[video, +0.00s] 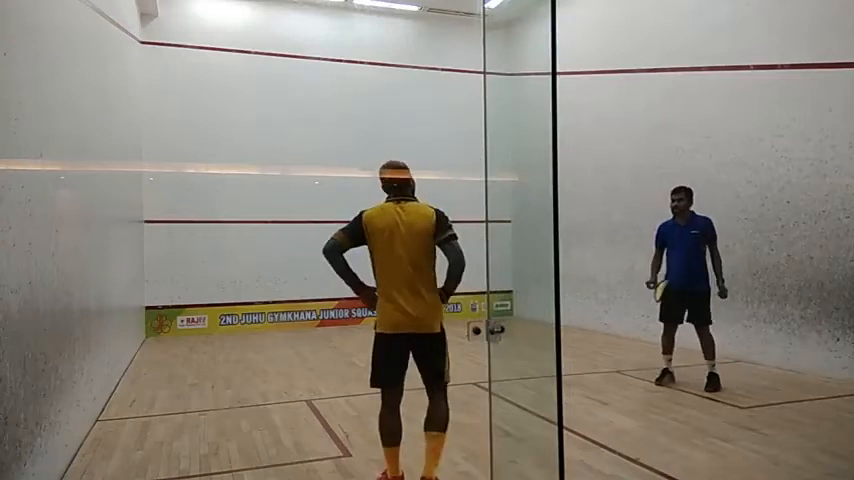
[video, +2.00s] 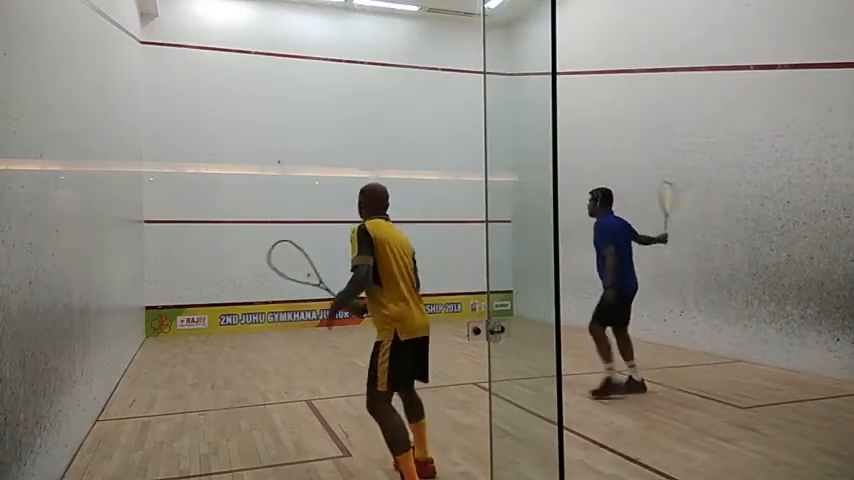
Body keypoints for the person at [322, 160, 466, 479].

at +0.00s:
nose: (407, 187)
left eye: (386, 185)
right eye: (409, 182)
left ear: (383, 187)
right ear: (412, 185)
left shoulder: (369, 218)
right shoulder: (433, 216)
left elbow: (331, 250)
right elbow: (458, 262)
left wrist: (361, 290)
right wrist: (443, 295)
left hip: (389, 325)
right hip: (429, 323)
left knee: (390, 401)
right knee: (437, 395)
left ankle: (393, 472)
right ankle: (430, 474)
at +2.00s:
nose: (357, 208)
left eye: (358, 203)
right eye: (359, 202)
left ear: (362, 205)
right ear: (387, 207)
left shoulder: (364, 230)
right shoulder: (402, 237)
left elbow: (362, 276)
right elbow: (410, 291)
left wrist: (338, 301)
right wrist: (365, 307)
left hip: (394, 331)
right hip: (418, 327)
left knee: (378, 403)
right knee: (407, 388)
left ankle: (410, 474)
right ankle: (422, 458)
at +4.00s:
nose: (385, 193)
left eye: (387, 189)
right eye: (396, 189)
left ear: (387, 192)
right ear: (411, 196)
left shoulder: (368, 225)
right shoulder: (422, 229)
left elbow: (354, 268)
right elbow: (438, 277)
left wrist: (348, 307)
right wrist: (447, 317)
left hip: (378, 318)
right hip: (412, 317)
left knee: (362, 373)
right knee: (417, 376)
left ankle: (359, 440)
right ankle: (418, 444)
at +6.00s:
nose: (531, 207)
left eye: (524, 203)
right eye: (537, 204)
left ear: (519, 204)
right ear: (539, 205)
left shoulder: (509, 230)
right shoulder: (552, 227)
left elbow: (499, 262)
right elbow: (564, 249)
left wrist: (520, 267)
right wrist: (542, 253)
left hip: (520, 299)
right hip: (546, 297)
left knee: (519, 345)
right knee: (562, 335)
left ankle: (520, 396)